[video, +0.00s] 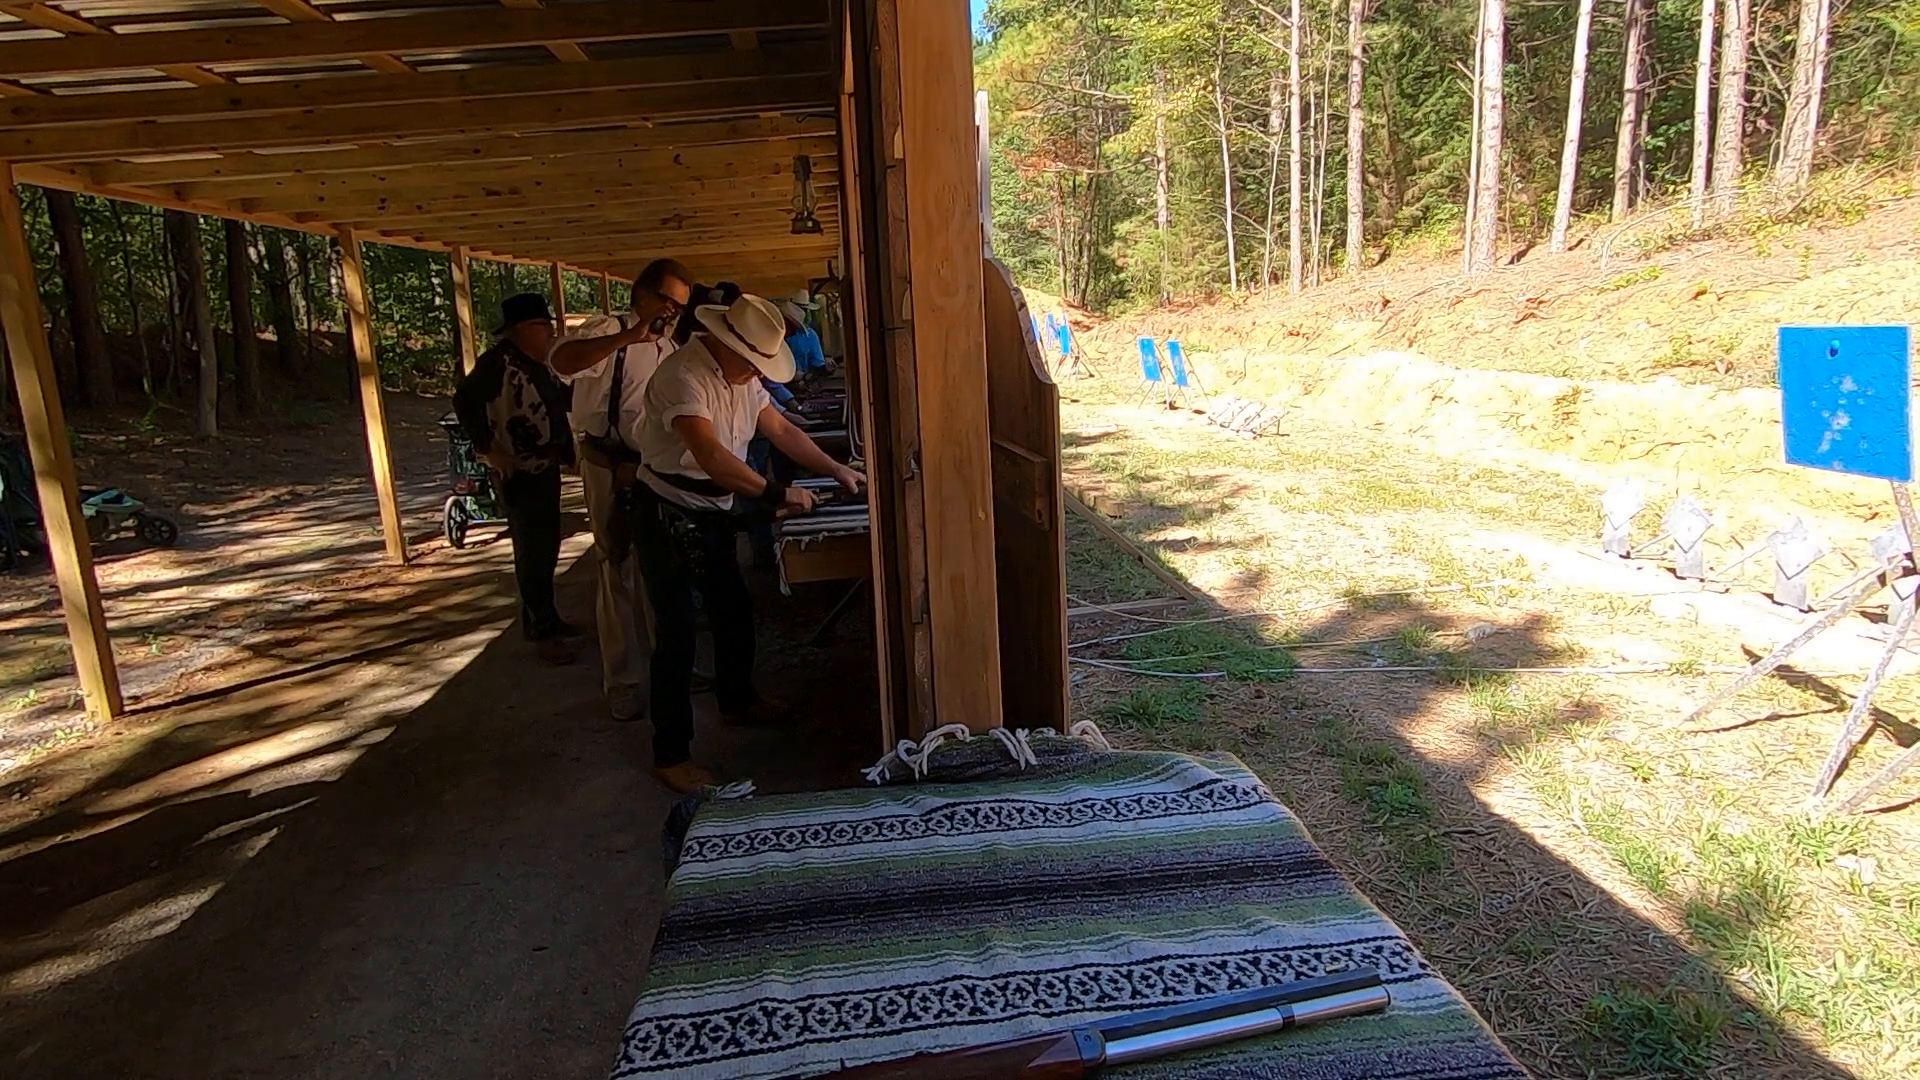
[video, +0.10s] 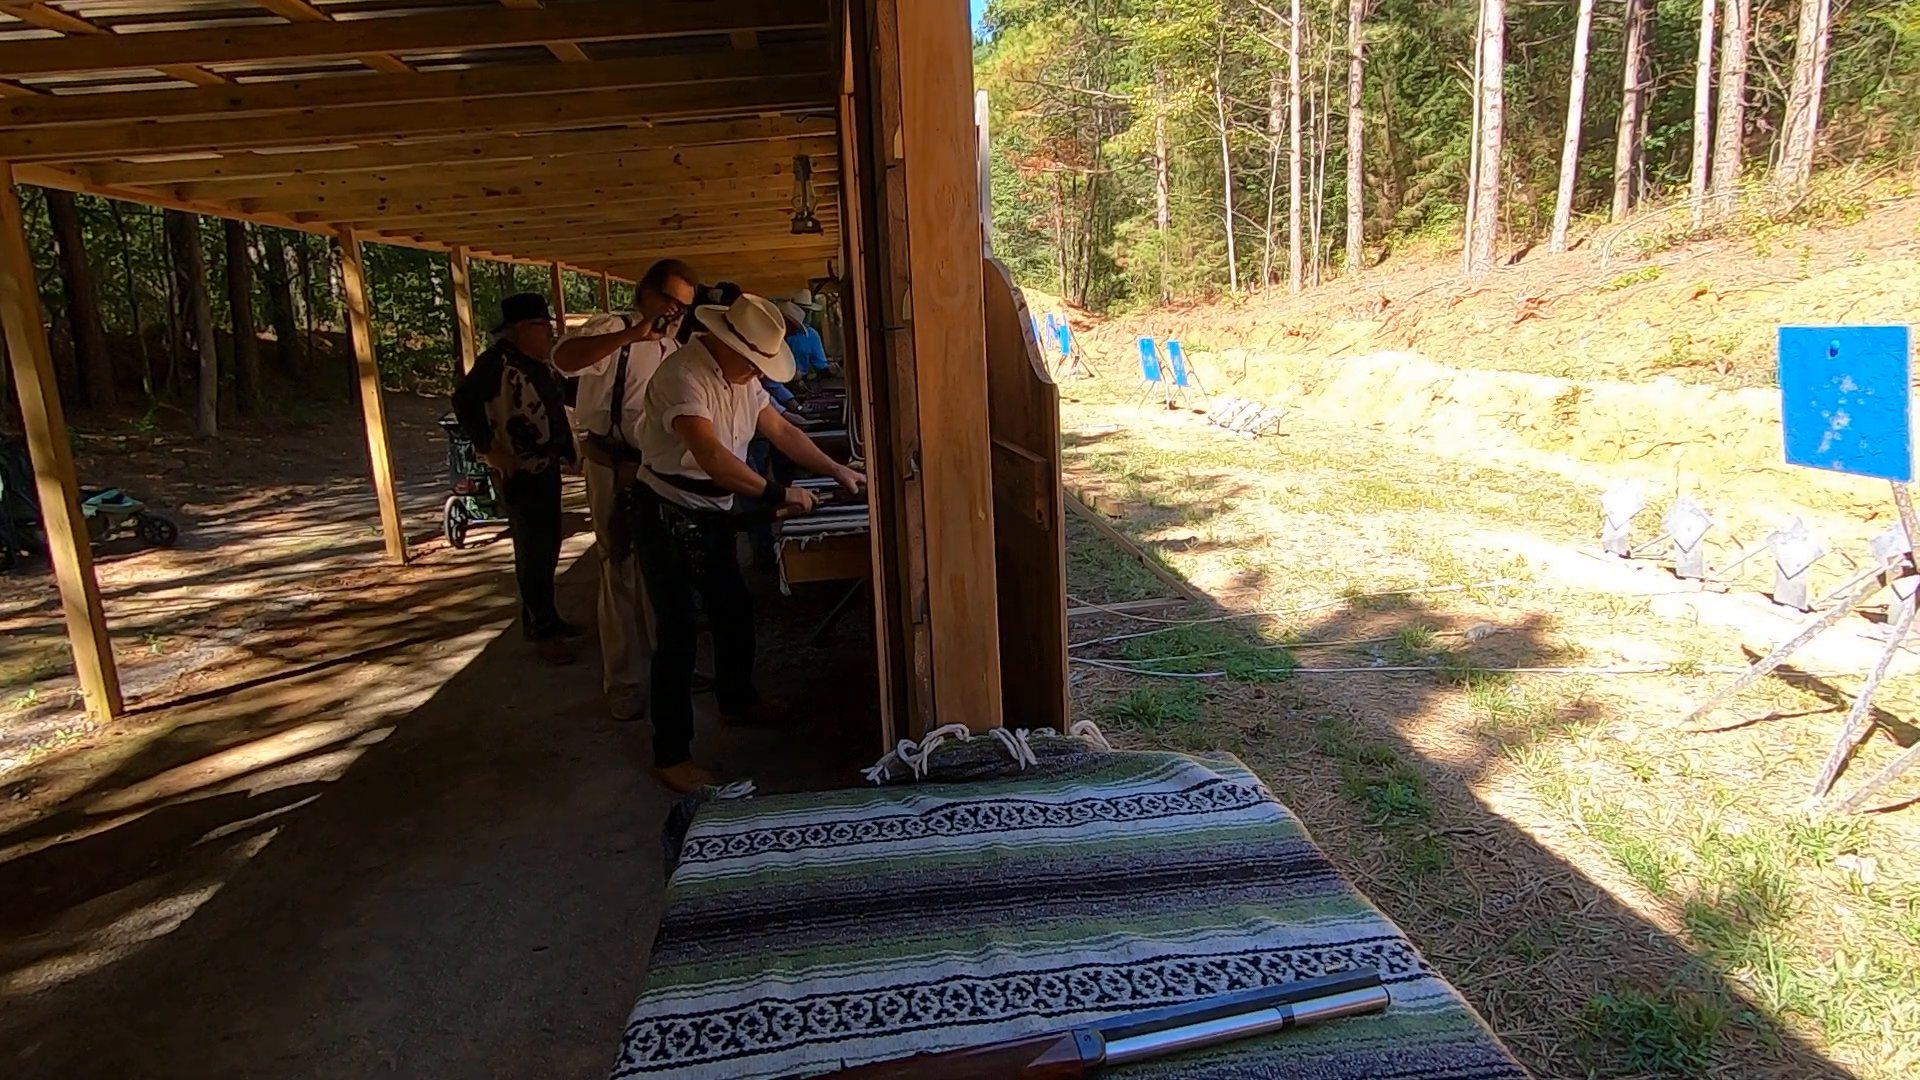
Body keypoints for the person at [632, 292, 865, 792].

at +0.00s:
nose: (756, 372)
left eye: (760, 365)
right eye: (751, 362)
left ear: (757, 358)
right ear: (726, 345)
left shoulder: (746, 380)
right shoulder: (682, 374)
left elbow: (782, 431)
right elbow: (707, 453)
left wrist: (837, 468)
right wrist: (774, 491)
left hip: (715, 513)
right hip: (665, 513)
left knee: (734, 611)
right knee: (677, 631)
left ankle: (739, 703)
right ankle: (671, 757)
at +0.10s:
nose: (756, 372)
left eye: (760, 365)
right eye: (751, 362)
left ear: (756, 358)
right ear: (727, 345)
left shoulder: (746, 379)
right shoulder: (681, 374)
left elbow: (782, 432)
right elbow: (707, 453)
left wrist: (836, 468)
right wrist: (774, 492)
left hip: (715, 514)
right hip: (665, 514)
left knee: (734, 611)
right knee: (678, 632)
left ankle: (738, 702)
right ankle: (671, 758)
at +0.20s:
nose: (757, 372)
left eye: (761, 366)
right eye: (752, 362)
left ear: (756, 359)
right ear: (727, 345)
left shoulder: (745, 379)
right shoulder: (683, 374)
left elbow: (781, 432)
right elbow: (707, 455)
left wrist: (837, 468)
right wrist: (773, 491)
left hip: (715, 512)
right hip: (665, 513)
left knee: (734, 611)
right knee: (679, 631)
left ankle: (738, 702)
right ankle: (671, 757)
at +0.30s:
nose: (757, 373)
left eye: (761, 367)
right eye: (753, 363)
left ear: (756, 359)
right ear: (728, 345)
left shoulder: (746, 379)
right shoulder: (684, 375)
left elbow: (782, 431)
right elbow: (707, 456)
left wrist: (838, 467)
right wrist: (773, 491)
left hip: (715, 514)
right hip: (665, 514)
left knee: (734, 612)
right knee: (679, 633)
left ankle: (738, 703)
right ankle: (671, 758)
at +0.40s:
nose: (759, 373)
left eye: (763, 367)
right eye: (755, 363)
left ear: (756, 358)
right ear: (729, 346)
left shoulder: (746, 379)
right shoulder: (684, 375)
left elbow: (782, 431)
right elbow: (705, 454)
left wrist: (838, 467)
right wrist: (773, 492)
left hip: (715, 513)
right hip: (665, 514)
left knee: (734, 612)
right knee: (679, 632)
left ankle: (737, 702)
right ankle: (671, 757)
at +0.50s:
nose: (759, 372)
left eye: (763, 366)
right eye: (754, 362)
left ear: (757, 358)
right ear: (728, 345)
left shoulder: (746, 379)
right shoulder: (684, 375)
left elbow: (781, 430)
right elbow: (705, 454)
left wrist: (837, 467)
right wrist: (773, 492)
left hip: (715, 514)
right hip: (665, 515)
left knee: (734, 613)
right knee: (679, 632)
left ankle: (738, 703)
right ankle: (670, 758)